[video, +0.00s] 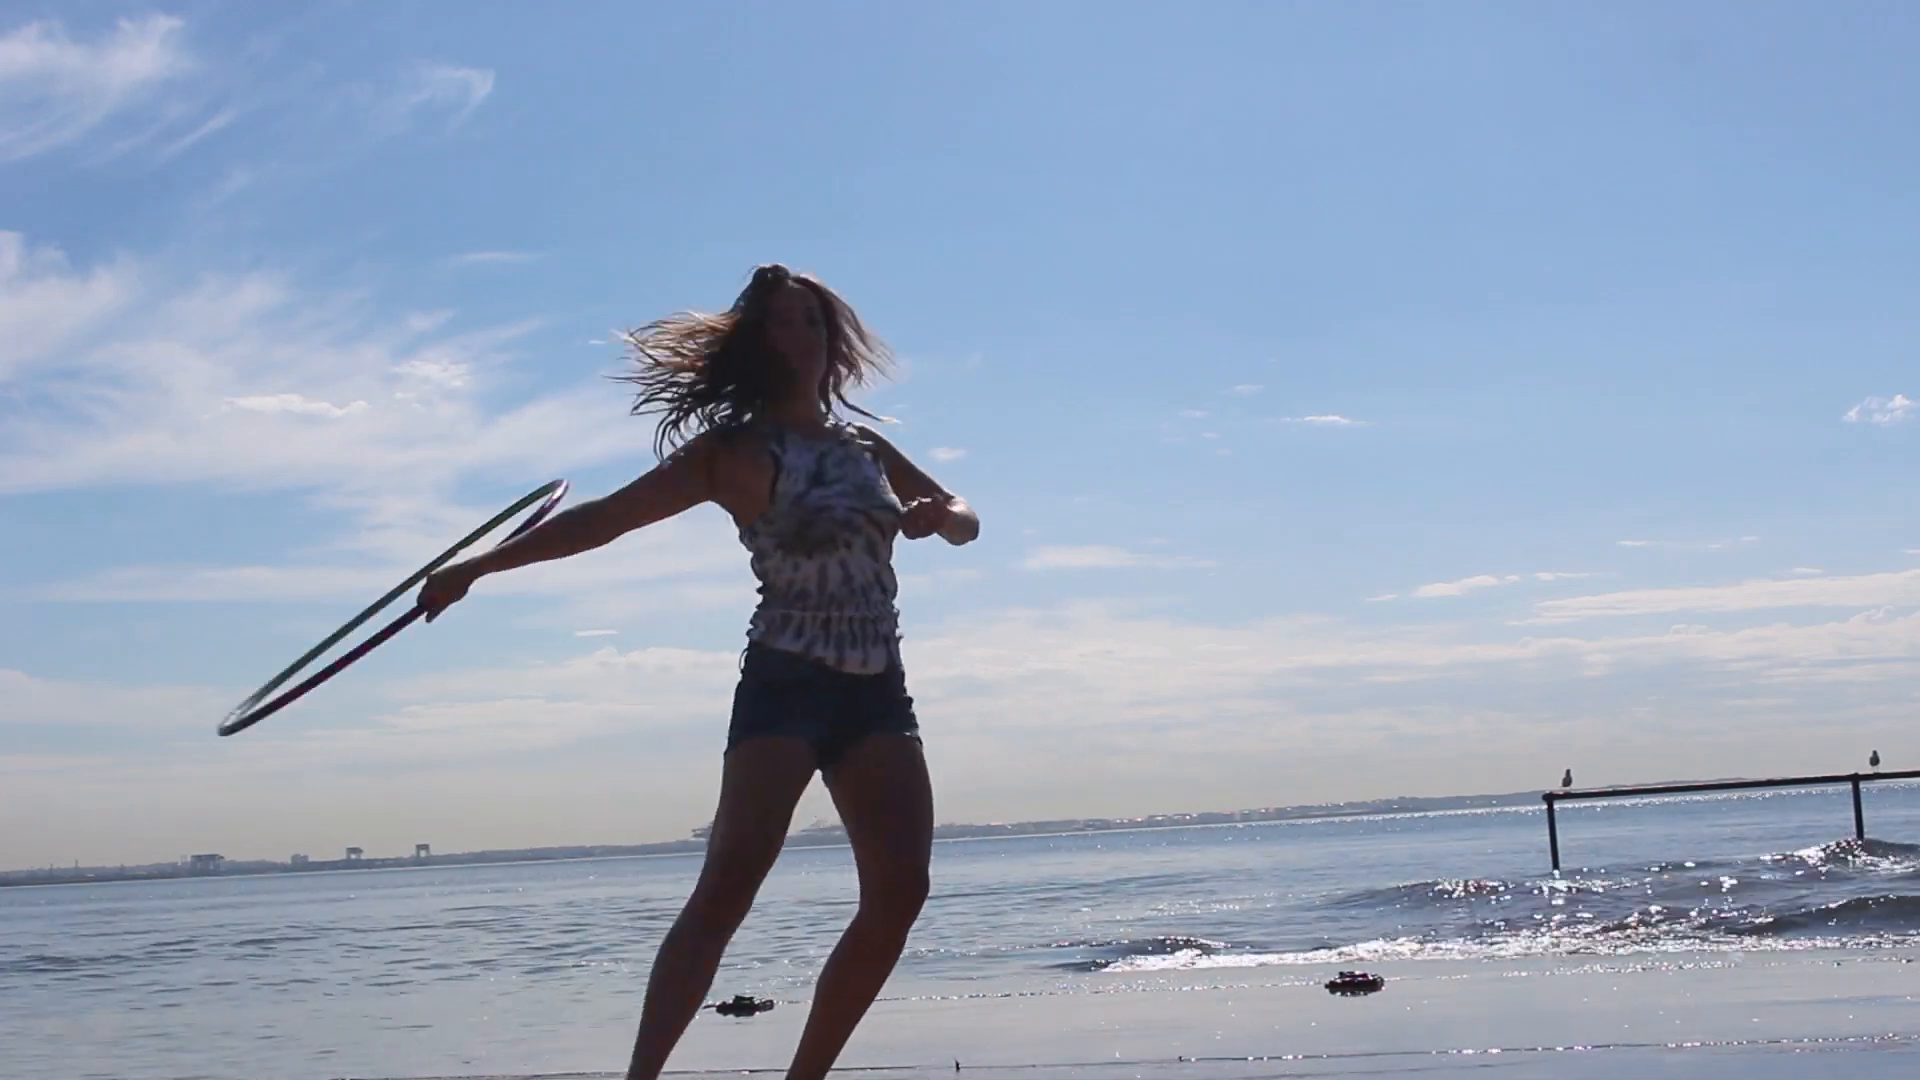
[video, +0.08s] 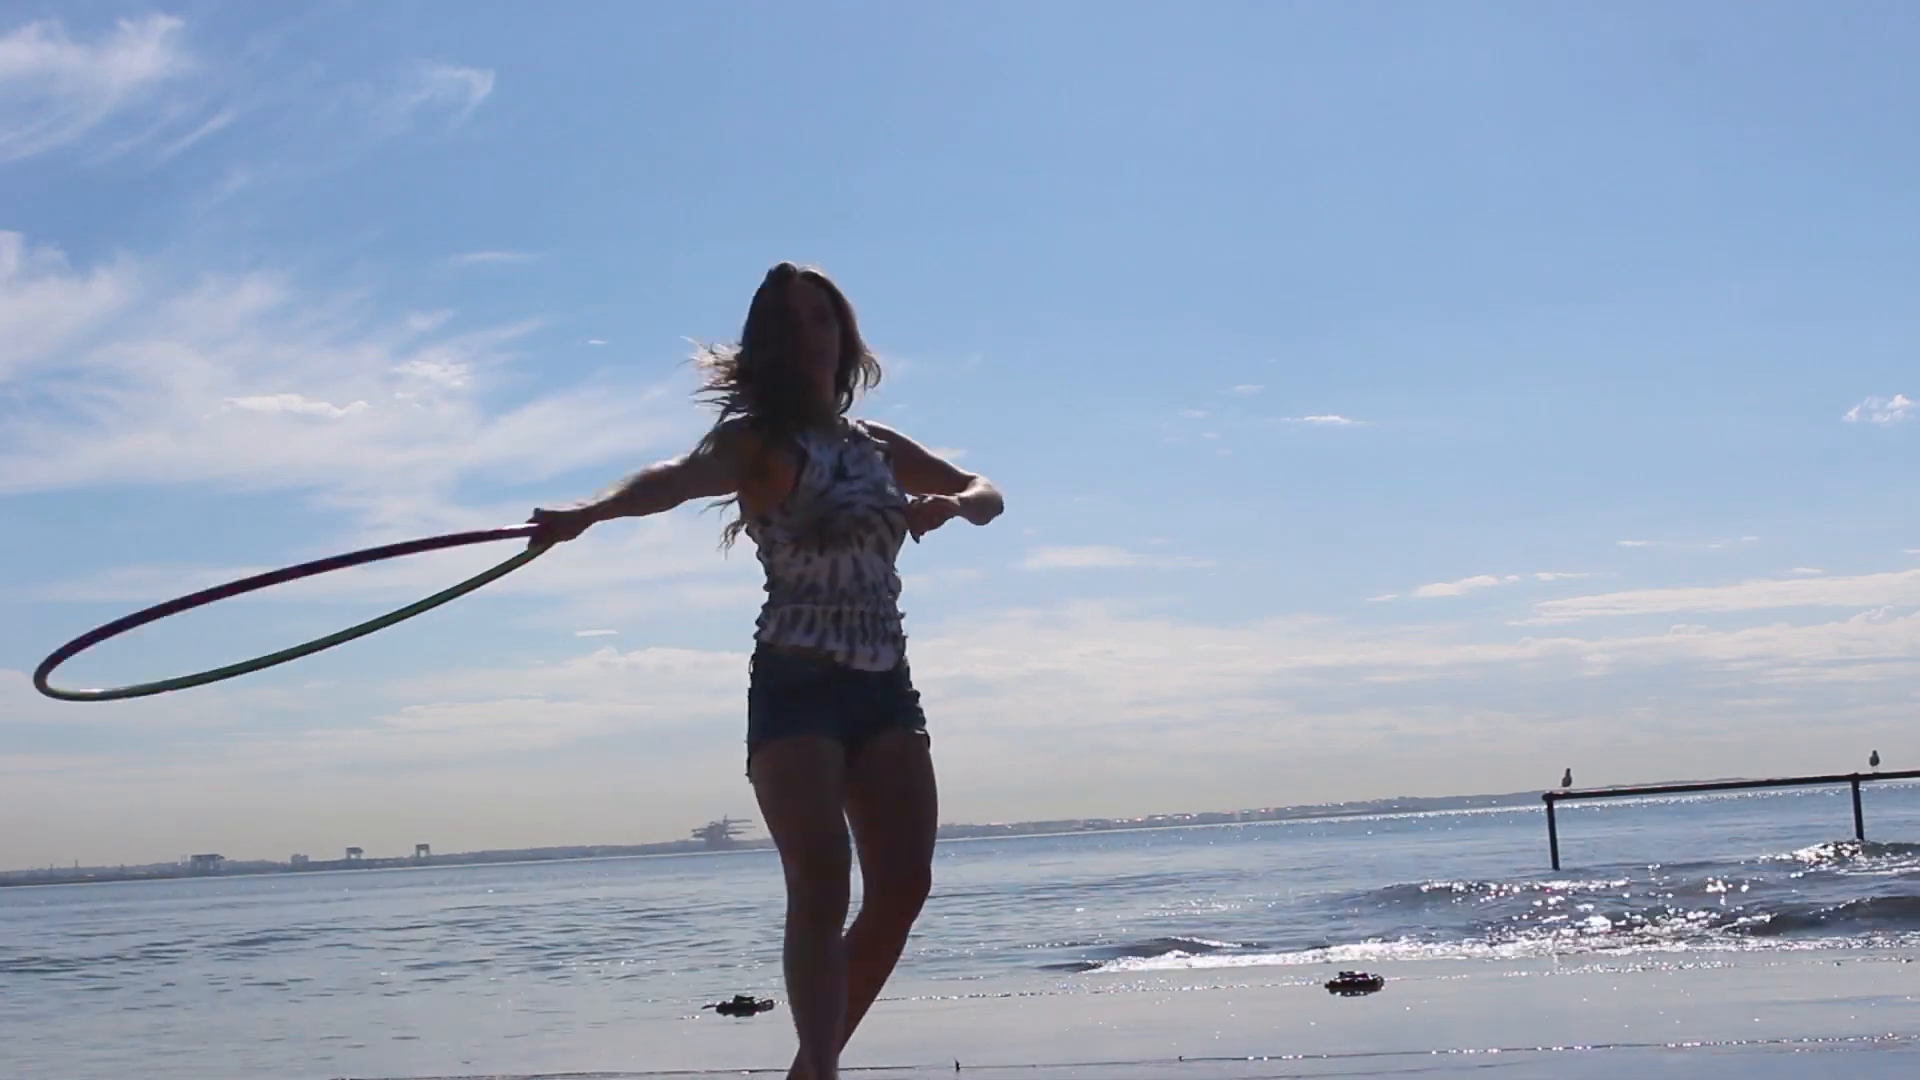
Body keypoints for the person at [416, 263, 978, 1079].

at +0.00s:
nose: (813, 333)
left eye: (818, 320)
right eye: (794, 322)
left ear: (832, 337)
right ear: (759, 344)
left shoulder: (865, 444)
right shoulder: (731, 452)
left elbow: (963, 519)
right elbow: (606, 518)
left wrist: (946, 517)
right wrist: (476, 565)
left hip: (874, 689)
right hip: (785, 685)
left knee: (900, 891)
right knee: (725, 894)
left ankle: (806, 1074)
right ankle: (642, 1073)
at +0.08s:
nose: (814, 335)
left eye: (824, 318)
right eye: (795, 323)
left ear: (846, 333)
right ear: (767, 341)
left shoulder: (873, 442)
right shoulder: (755, 440)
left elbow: (987, 493)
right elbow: (672, 481)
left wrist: (954, 505)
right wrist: (589, 511)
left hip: (883, 682)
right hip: (796, 683)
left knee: (906, 884)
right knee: (819, 888)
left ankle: (814, 1062)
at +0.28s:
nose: (868, 313)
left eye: (868, 297)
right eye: (856, 299)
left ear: (821, 325)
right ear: (815, 322)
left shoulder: (837, 406)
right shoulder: (788, 412)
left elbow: (904, 375)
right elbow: (844, 310)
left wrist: (891, 388)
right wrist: (967, 288)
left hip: (866, 671)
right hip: (873, 671)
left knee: (883, 879)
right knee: (986, 857)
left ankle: (801, 1072)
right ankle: (1042, 1068)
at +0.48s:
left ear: (847, 310)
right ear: (935, 302)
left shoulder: (819, 390)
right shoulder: (981, 377)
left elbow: (706, 316)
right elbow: (1077, 298)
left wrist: (814, 292)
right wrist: (984, 243)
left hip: (849, 634)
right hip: (953, 627)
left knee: (867, 880)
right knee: (993, 870)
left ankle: (885, 1071)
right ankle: (1044, 1069)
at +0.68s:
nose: (852, 343)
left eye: (856, 325)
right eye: (849, 329)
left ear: (900, 312)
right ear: (899, 317)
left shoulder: (935, 388)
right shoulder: (900, 415)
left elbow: (957, 225)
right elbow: (841, 527)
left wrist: (1014, 306)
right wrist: (791, 440)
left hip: (930, 668)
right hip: (945, 664)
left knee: (844, 869)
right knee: (971, 871)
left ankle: (940, 1064)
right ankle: (1065, 1064)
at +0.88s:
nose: (912, 343)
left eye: (926, 330)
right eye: (895, 326)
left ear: (940, 339)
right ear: (859, 333)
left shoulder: (964, 412)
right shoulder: (818, 435)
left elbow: (998, 263)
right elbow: (831, 532)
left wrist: (941, 300)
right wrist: (959, 514)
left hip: (972, 669)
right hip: (867, 675)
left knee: (945, 894)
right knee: (855, 902)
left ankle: (942, 1065)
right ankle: (935, 1031)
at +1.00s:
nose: (951, 356)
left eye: (957, 341)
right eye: (943, 337)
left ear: (939, 331)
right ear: (899, 322)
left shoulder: (911, 392)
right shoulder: (831, 380)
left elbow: (970, 269)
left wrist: (906, 258)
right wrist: (993, 468)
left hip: (937, 646)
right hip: (855, 653)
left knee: (961, 867)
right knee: (954, 859)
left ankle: (939, 1069)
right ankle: (873, 1064)